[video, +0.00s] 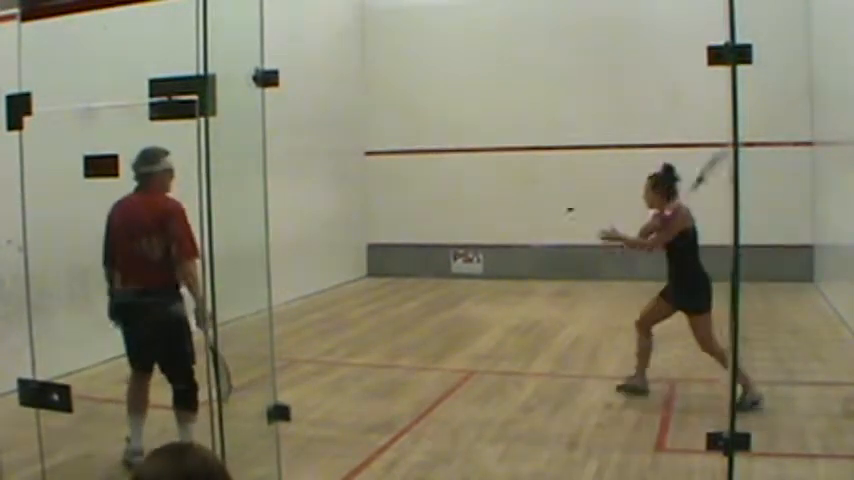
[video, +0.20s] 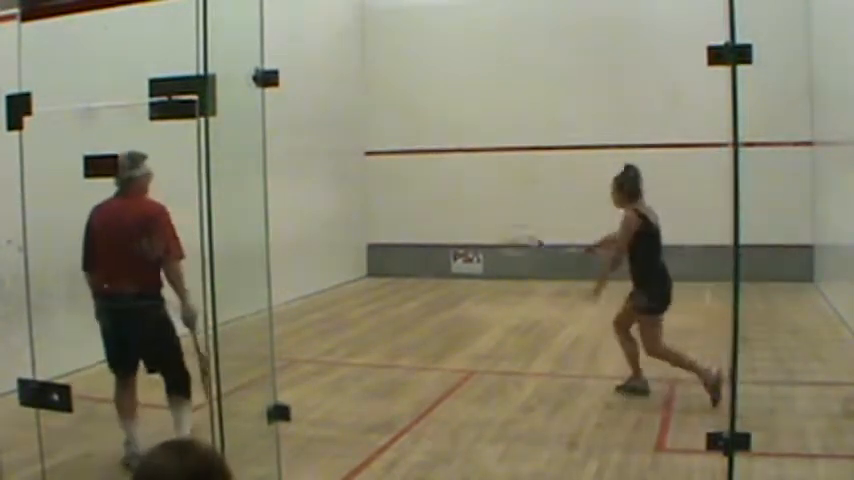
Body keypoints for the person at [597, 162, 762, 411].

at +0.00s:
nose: (645, 197)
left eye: (648, 192)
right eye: (645, 192)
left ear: (659, 193)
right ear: (661, 193)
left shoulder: (681, 215)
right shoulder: (660, 216)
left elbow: (654, 244)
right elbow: (642, 239)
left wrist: (622, 239)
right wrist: (621, 242)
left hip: (695, 287)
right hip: (677, 286)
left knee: (708, 344)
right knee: (643, 324)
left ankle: (750, 388)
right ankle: (640, 379)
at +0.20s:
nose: (612, 196)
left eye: (614, 192)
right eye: (612, 191)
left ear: (622, 193)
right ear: (635, 191)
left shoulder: (632, 217)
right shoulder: (644, 213)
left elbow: (619, 253)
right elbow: (620, 239)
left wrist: (601, 282)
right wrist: (597, 246)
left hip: (650, 291)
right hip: (653, 287)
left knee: (653, 347)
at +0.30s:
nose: (597, 190)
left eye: (598, 186)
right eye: (597, 186)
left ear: (605, 186)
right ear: (620, 185)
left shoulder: (613, 211)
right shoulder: (627, 207)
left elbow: (606, 250)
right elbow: (630, 247)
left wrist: (596, 284)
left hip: (634, 281)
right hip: (639, 278)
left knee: (625, 334)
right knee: (616, 326)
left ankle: (673, 371)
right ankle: (636, 377)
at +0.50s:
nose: (565, 181)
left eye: (565, 177)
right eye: (567, 177)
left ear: (568, 178)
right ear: (588, 176)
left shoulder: (575, 200)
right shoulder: (600, 198)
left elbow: (577, 229)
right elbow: (628, 212)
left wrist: (583, 258)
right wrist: (658, 220)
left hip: (595, 269)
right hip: (613, 266)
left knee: (571, 320)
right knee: (614, 320)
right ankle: (635, 374)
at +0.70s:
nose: (529, 191)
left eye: (530, 187)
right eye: (532, 187)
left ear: (531, 189)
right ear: (554, 187)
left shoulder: (531, 214)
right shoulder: (565, 207)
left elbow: (533, 249)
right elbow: (588, 230)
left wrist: (532, 280)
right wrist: (609, 245)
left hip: (551, 280)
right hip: (576, 277)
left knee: (523, 323)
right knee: (596, 325)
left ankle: (516, 378)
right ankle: (629, 371)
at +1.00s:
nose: (484, 157)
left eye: (487, 154)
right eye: (486, 153)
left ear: (493, 158)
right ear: (508, 159)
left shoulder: (484, 184)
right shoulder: (520, 184)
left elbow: (481, 220)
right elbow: (532, 221)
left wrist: (469, 248)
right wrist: (534, 249)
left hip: (490, 254)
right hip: (516, 252)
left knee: (490, 313)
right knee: (514, 311)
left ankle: (492, 368)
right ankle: (515, 367)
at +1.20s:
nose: (457, 174)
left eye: (461, 170)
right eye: (459, 169)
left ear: (470, 174)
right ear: (482, 175)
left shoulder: (463, 202)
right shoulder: (496, 201)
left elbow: (457, 240)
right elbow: (506, 238)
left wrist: (445, 262)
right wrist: (491, 252)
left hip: (460, 270)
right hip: (485, 271)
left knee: (435, 321)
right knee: (478, 324)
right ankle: (480, 379)